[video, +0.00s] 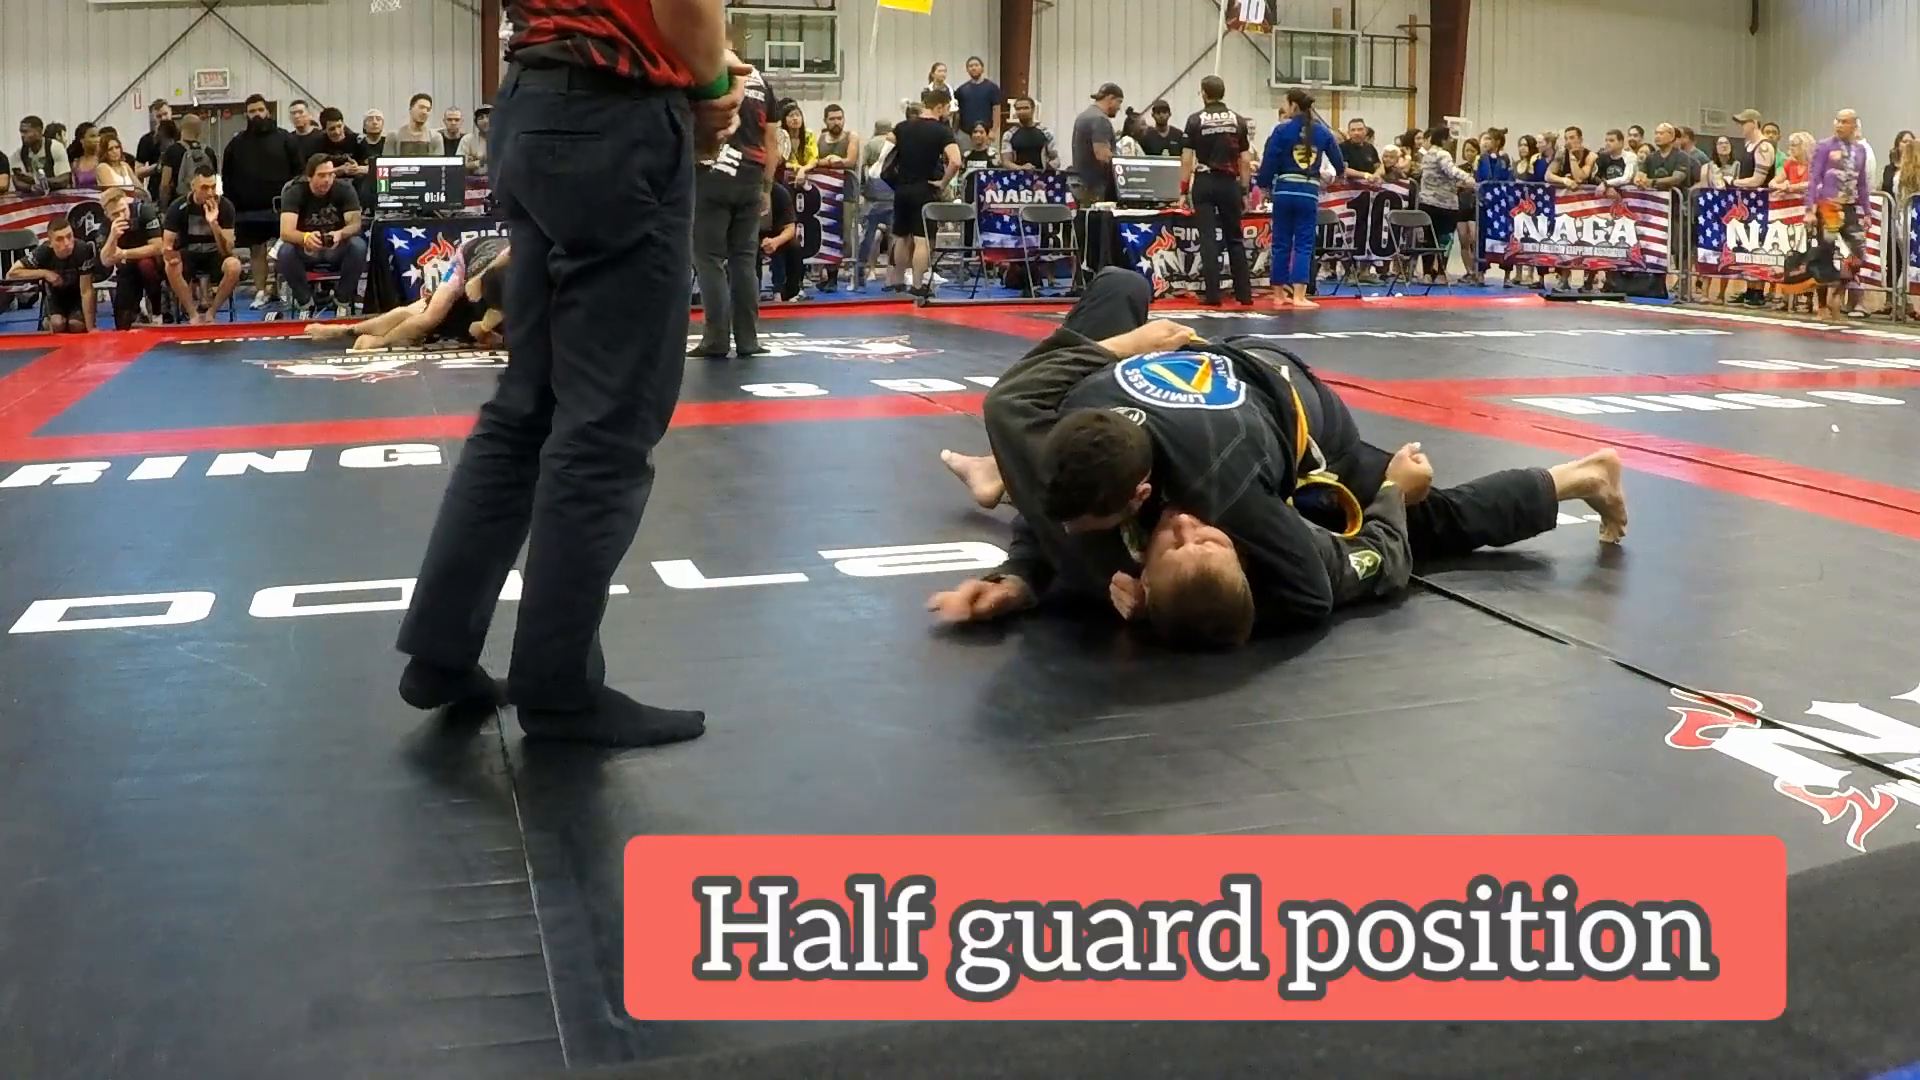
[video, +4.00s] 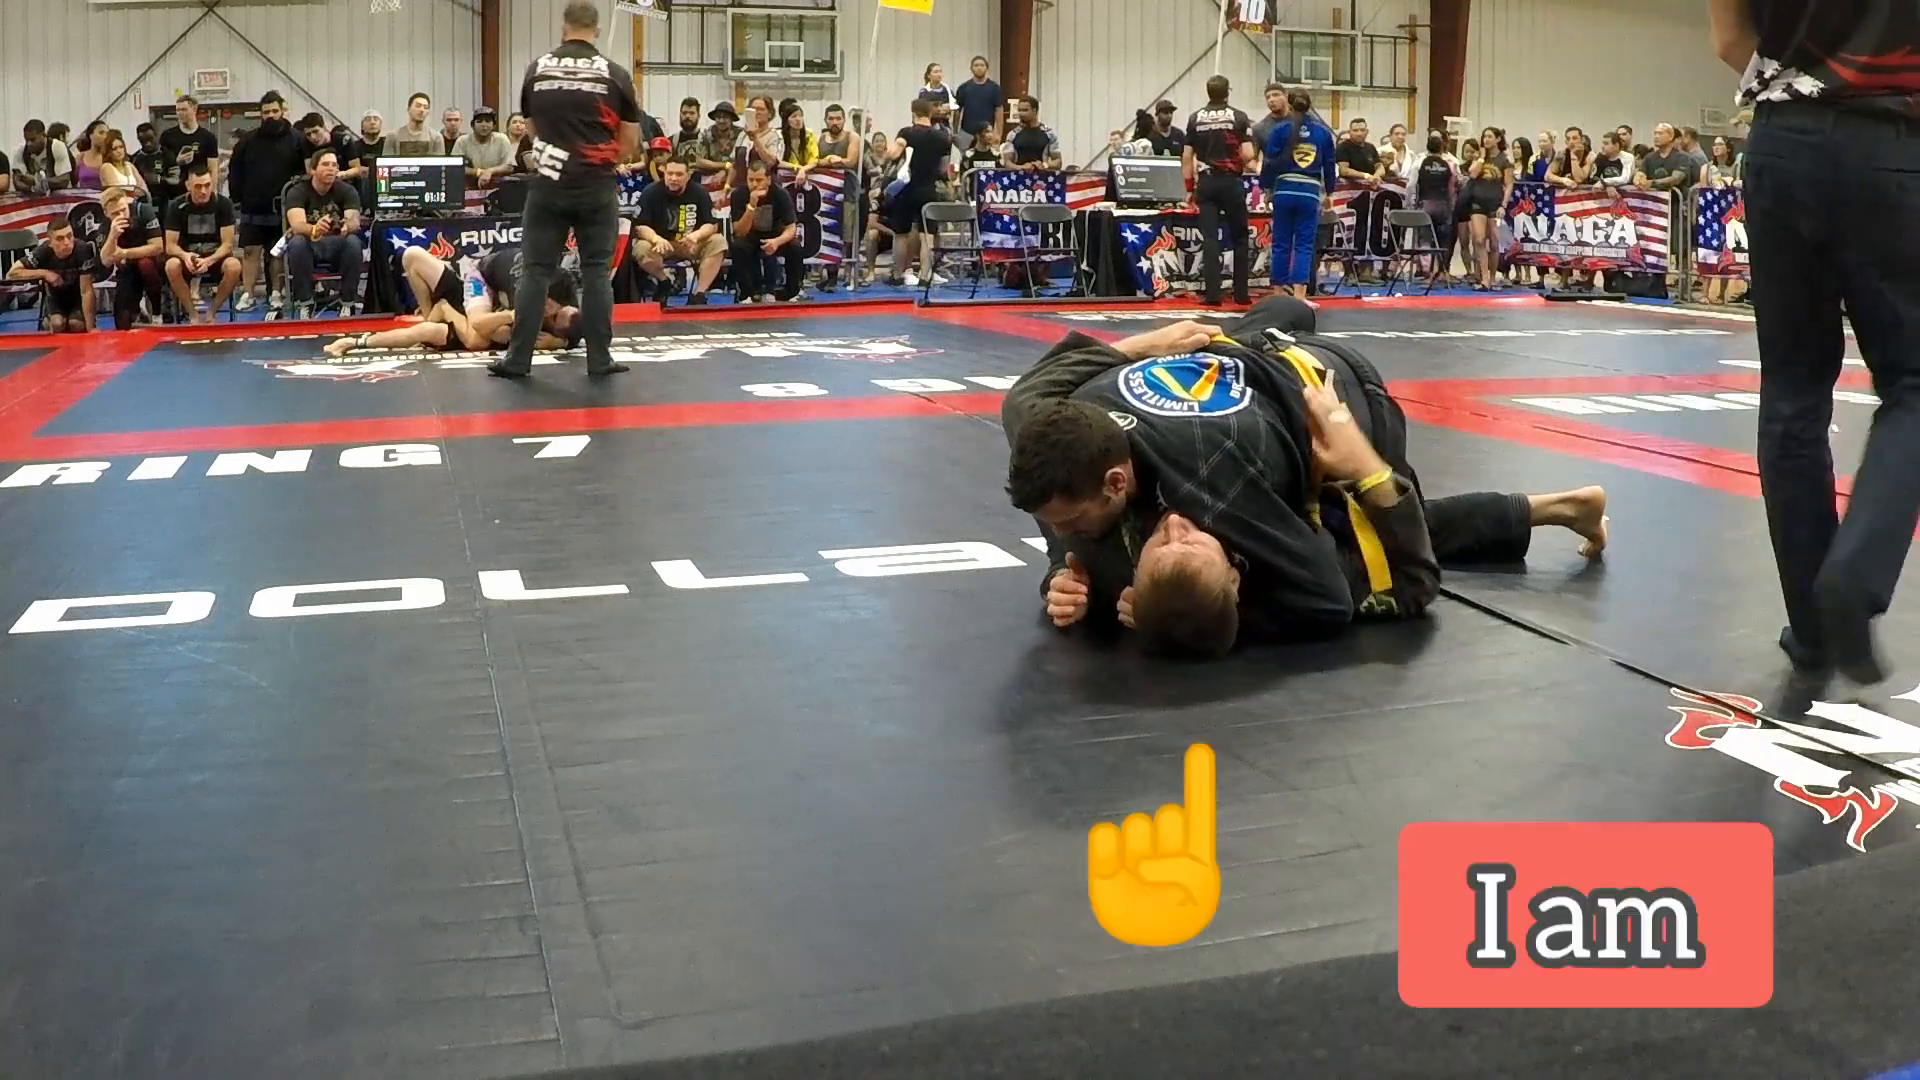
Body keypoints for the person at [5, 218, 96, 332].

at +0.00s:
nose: (67, 243)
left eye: (69, 237)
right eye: (60, 239)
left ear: (73, 235)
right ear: (50, 241)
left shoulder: (83, 249)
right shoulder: (44, 251)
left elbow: (86, 290)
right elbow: (12, 273)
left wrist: (91, 328)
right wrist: (44, 273)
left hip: (78, 291)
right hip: (56, 291)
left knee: (76, 325)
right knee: (58, 323)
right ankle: (46, 323)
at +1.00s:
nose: (67, 243)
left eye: (69, 237)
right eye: (60, 239)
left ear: (73, 235)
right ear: (50, 241)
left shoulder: (83, 250)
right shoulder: (44, 251)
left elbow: (86, 291)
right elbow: (12, 273)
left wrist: (91, 328)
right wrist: (44, 273)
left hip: (78, 293)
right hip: (56, 293)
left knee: (76, 325)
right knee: (58, 323)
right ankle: (46, 323)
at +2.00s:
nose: (67, 243)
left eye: (69, 237)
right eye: (60, 239)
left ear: (73, 235)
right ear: (50, 241)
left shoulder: (83, 249)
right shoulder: (44, 251)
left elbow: (86, 290)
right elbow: (12, 274)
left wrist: (91, 328)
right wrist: (44, 273)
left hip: (78, 293)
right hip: (55, 293)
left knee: (76, 325)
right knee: (58, 323)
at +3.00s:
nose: (67, 243)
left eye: (69, 236)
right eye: (60, 239)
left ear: (73, 235)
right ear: (50, 240)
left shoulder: (83, 249)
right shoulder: (44, 251)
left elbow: (86, 290)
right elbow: (12, 273)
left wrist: (91, 328)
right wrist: (44, 273)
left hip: (77, 291)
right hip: (55, 292)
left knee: (77, 325)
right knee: (58, 324)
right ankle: (46, 323)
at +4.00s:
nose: (67, 243)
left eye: (69, 237)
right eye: (60, 239)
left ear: (73, 235)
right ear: (50, 240)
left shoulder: (83, 249)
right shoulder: (44, 251)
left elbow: (86, 290)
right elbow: (12, 273)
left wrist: (91, 327)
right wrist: (44, 273)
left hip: (78, 291)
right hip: (55, 292)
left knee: (76, 324)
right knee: (57, 323)